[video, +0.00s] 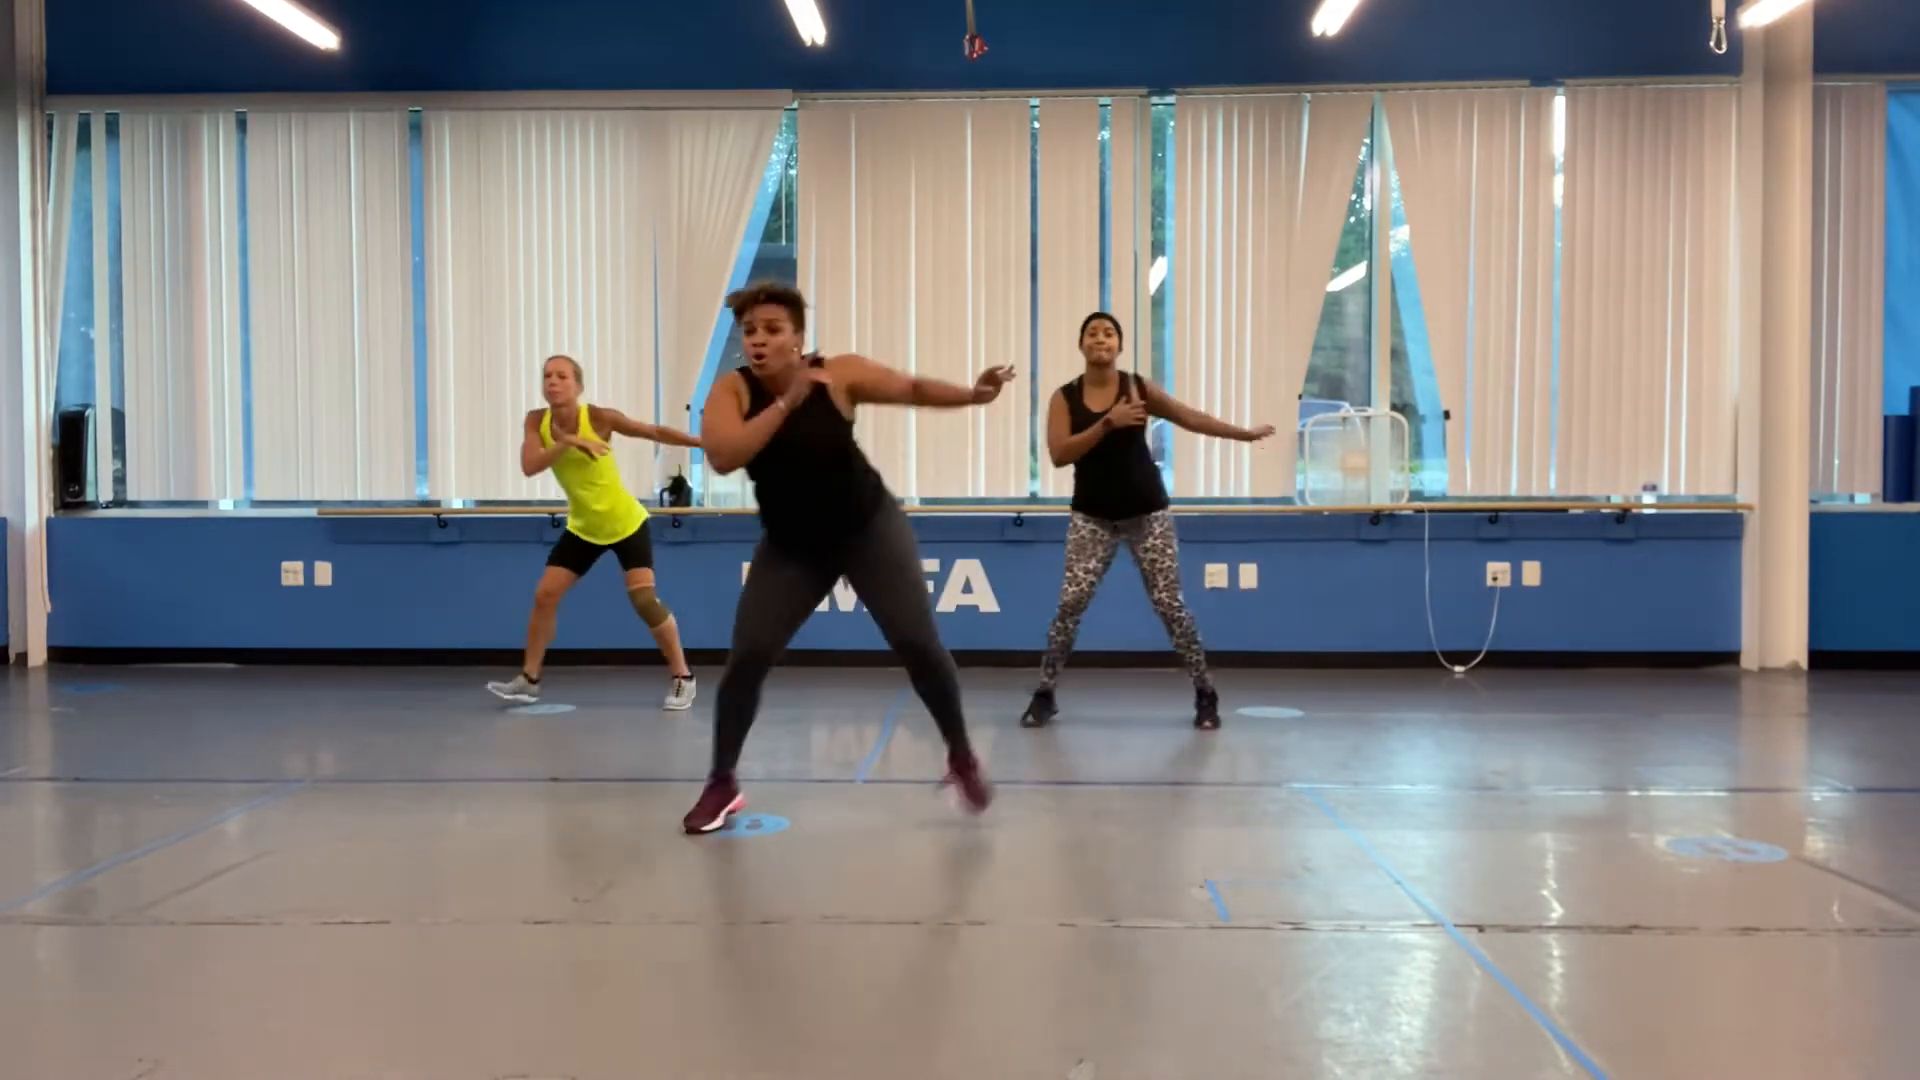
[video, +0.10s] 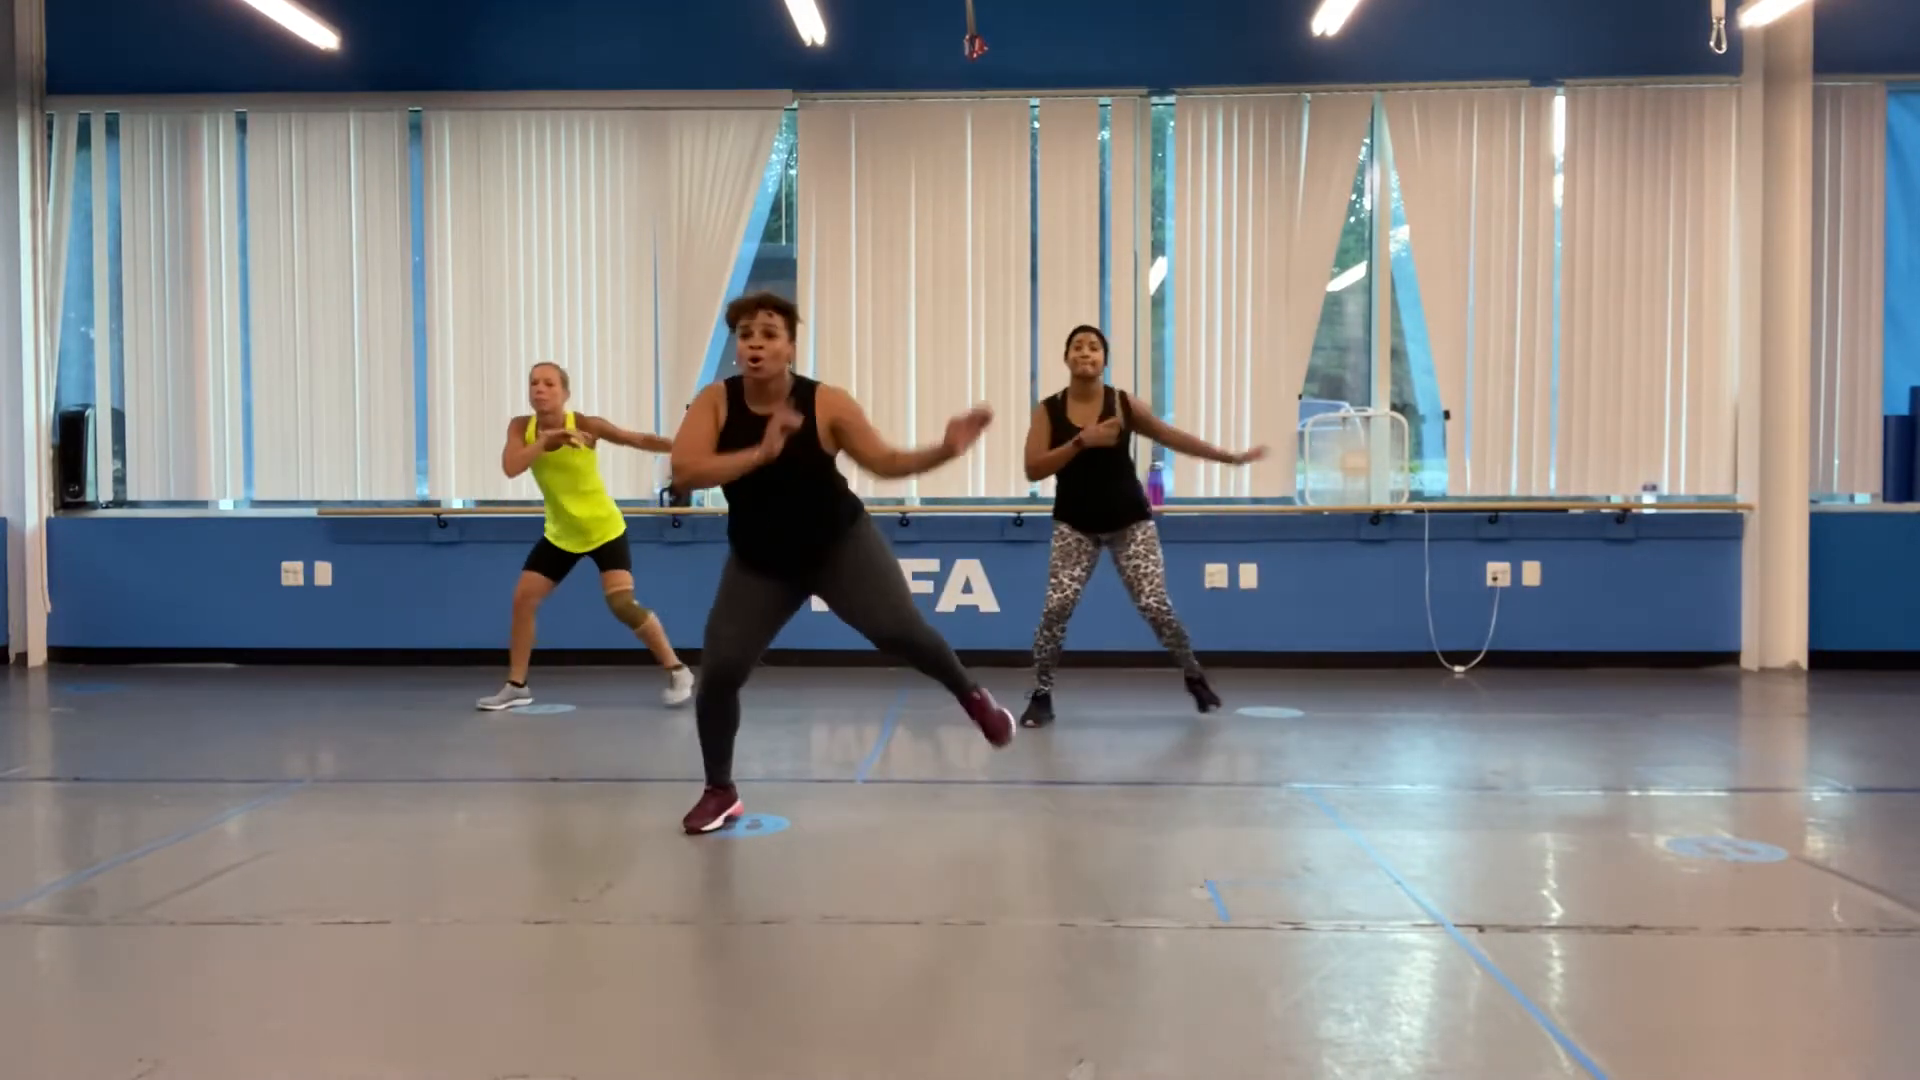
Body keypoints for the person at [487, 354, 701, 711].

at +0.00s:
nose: (552, 382)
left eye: (561, 377)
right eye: (547, 377)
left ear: (578, 387)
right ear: (542, 388)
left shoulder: (601, 417)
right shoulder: (537, 421)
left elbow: (653, 432)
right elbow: (529, 466)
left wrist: (701, 442)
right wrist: (568, 442)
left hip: (626, 522)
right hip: (582, 526)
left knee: (643, 599)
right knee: (546, 595)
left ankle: (683, 678)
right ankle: (529, 680)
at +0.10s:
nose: (540, 389)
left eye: (548, 384)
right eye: (534, 384)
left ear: (565, 393)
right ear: (528, 393)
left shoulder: (586, 425)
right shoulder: (522, 427)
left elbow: (636, 439)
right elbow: (511, 467)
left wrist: (679, 446)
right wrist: (547, 441)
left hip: (603, 527)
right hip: (561, 532)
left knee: (621, 603)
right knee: (524, 598)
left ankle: (677, 671)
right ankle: (516, 685)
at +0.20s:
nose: (532, 391)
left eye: (541, 386)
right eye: (527, 386)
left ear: (558, 394)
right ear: (521, 394)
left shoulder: (581, 430)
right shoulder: (514, 434)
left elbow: (615, 460)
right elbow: (503, 485)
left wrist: (654, 477)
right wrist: (536, 458)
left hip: (594, 532)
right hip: (550, 534)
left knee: (596, 605)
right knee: (512, 598)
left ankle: (628, 663)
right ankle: (516, 685)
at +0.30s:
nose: (539, 387)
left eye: (547, 381)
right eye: (533, 382)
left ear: (564, 390)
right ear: (527, 392)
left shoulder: (589, 433)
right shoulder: (518, 435)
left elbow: (605, 481)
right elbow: (502, 488)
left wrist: (631, 516)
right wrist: (527, 491)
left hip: (590, 530)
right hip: (543, 531)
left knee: (597, 603)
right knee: (507, 598)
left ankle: (612, 669)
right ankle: (514, 684)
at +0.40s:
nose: (555, 383)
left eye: (563, 377)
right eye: (549, 378)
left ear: (579, 385)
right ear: (543, 388)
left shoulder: (602, 429)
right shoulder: (531, 428)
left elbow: (612, 479)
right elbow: (507, 463)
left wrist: (603, 502)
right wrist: (504, 501)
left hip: (592, 526)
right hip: (544, 526)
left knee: (621, 589)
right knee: (509, 596)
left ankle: (641, 662)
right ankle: (513, 684)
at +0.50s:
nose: (568, 379)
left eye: (576, 373)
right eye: (562, 375)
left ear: (594, 380)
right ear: (558, 384)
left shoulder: (618, 422)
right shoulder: (549, 422)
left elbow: (632, 474)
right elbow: (518, 446)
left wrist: (591, 477)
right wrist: (487, 481)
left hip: (609, 526)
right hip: (560, 524)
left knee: (640, 592)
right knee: (521, 598)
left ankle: (665, 680)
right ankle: (501, 677)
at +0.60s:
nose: (582, 387)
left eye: (589, 380)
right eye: (575, 382)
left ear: (607, 387)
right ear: (570, 392)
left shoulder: (633, 421)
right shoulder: (566, 430)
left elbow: (647, 466)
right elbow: (540, 459)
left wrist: (596, 460)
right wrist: (494, 471)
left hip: (627, 530)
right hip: (580, 530)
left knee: (657, 595)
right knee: (542, 609)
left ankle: (670, 685)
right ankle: (509, 670)